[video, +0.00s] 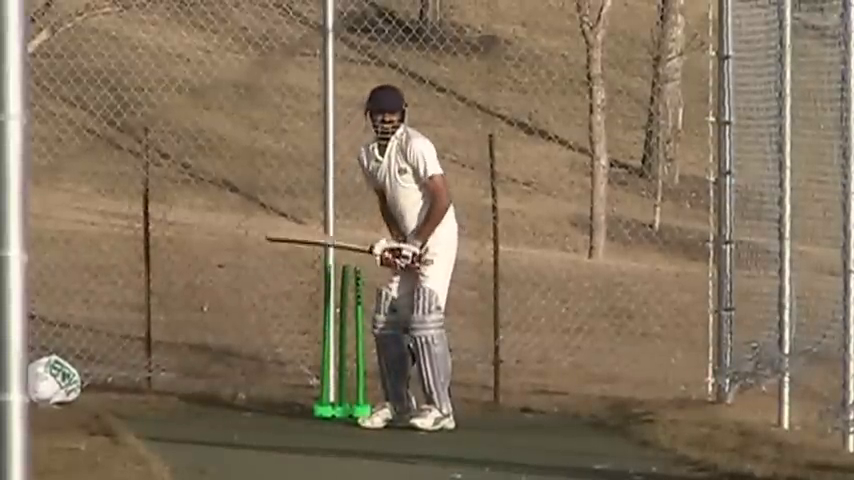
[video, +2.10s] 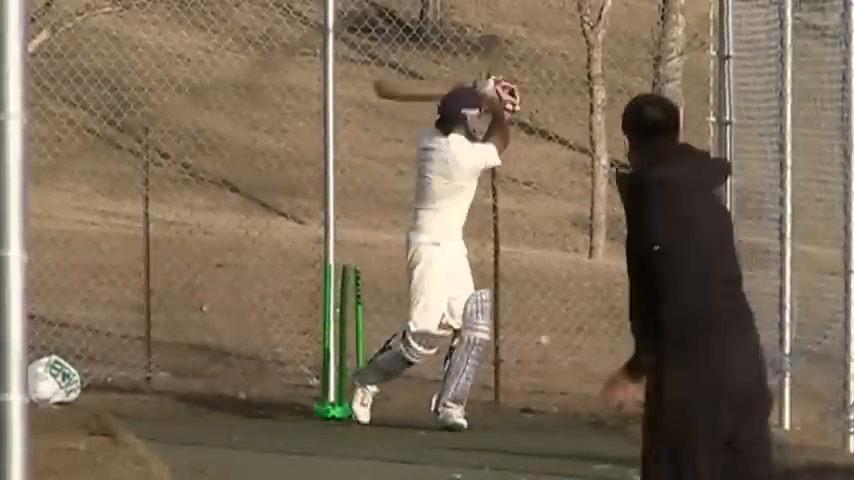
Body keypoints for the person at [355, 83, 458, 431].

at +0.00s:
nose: (385, 121)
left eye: (392, 115)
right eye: (379, 115)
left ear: (403, 116)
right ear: (369, 117)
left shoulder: (415, 146)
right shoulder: (367, 155)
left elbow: (442, 198)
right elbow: (384, 203)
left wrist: (417, 242)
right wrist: (397, 243)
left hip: (435, 241)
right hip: (405, 243)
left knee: (424, 321)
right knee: (386, 321)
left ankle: (439, 408)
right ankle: (398, 404)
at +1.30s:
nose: (375, 142)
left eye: (382, 136)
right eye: (368, 136)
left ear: (394, 136)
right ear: (360, 138)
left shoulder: (406, 168)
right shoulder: (364, 172)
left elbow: (417, 228)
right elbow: (387, 215)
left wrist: (394, 260)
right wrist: (379, 251)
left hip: (430, 254)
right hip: (399, 255)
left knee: (406, 322)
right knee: (366, 328)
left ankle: (437, 406)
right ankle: (398, 405)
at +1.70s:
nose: (410, 149)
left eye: (416, 142)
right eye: (402, 144)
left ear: (425, 142)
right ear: (392, 146)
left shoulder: (443, 168)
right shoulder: (384, 182)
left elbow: (434, 221)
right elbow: (390, 237)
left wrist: (391, 254)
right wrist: (372, 258)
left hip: (439, 271)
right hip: (397, 271)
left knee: (449, 324)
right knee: (360, 331)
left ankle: (445, 407)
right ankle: (381, 394)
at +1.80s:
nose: (416, 148)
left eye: (422, 141)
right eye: (408, 142)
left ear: (431, 138)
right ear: (396, 142)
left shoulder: (441, 147)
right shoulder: (402, 178)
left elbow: (463, 176)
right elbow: (431, 225)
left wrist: (480, 218)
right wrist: (467, 241)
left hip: (448, 256)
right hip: (409, 259)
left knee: (461, 322)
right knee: (390, 329)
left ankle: (450, 401)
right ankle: (362, 394)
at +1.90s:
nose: (428, 150)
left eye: (434, 142)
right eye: (420, 144)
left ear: (439, 139)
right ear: (404, 143)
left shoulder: (442, 147)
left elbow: (483, 180)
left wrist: (526, 205)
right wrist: (533, 199)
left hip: (444, 252)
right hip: (413, 258)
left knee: (462, 324)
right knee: (404, 345)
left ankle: (450, 406)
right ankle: (365, 392)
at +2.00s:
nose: (456, 139)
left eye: (456, 133)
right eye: (451, 134)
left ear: (435, 133)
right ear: (434, 135)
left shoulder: (435, 152)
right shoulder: (429, 165)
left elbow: (478, 153)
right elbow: (485, 166)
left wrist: (521, 140)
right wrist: (524, 139)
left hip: (450, 251)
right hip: (423, 255)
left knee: (470, 326)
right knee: (412, 339)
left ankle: (451, 406)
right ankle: (368, 386)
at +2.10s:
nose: (482, 122)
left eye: (481, 115)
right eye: (478, 115)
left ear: (447, 116)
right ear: (465, 117)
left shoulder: (428, 140)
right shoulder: (463, 151)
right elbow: (499, 146)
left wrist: (498, 109)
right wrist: (502, 112)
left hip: (450, 246)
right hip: (431, 247)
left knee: (473, 326)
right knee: (422, 339)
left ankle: (448, 404)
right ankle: (365, 380)